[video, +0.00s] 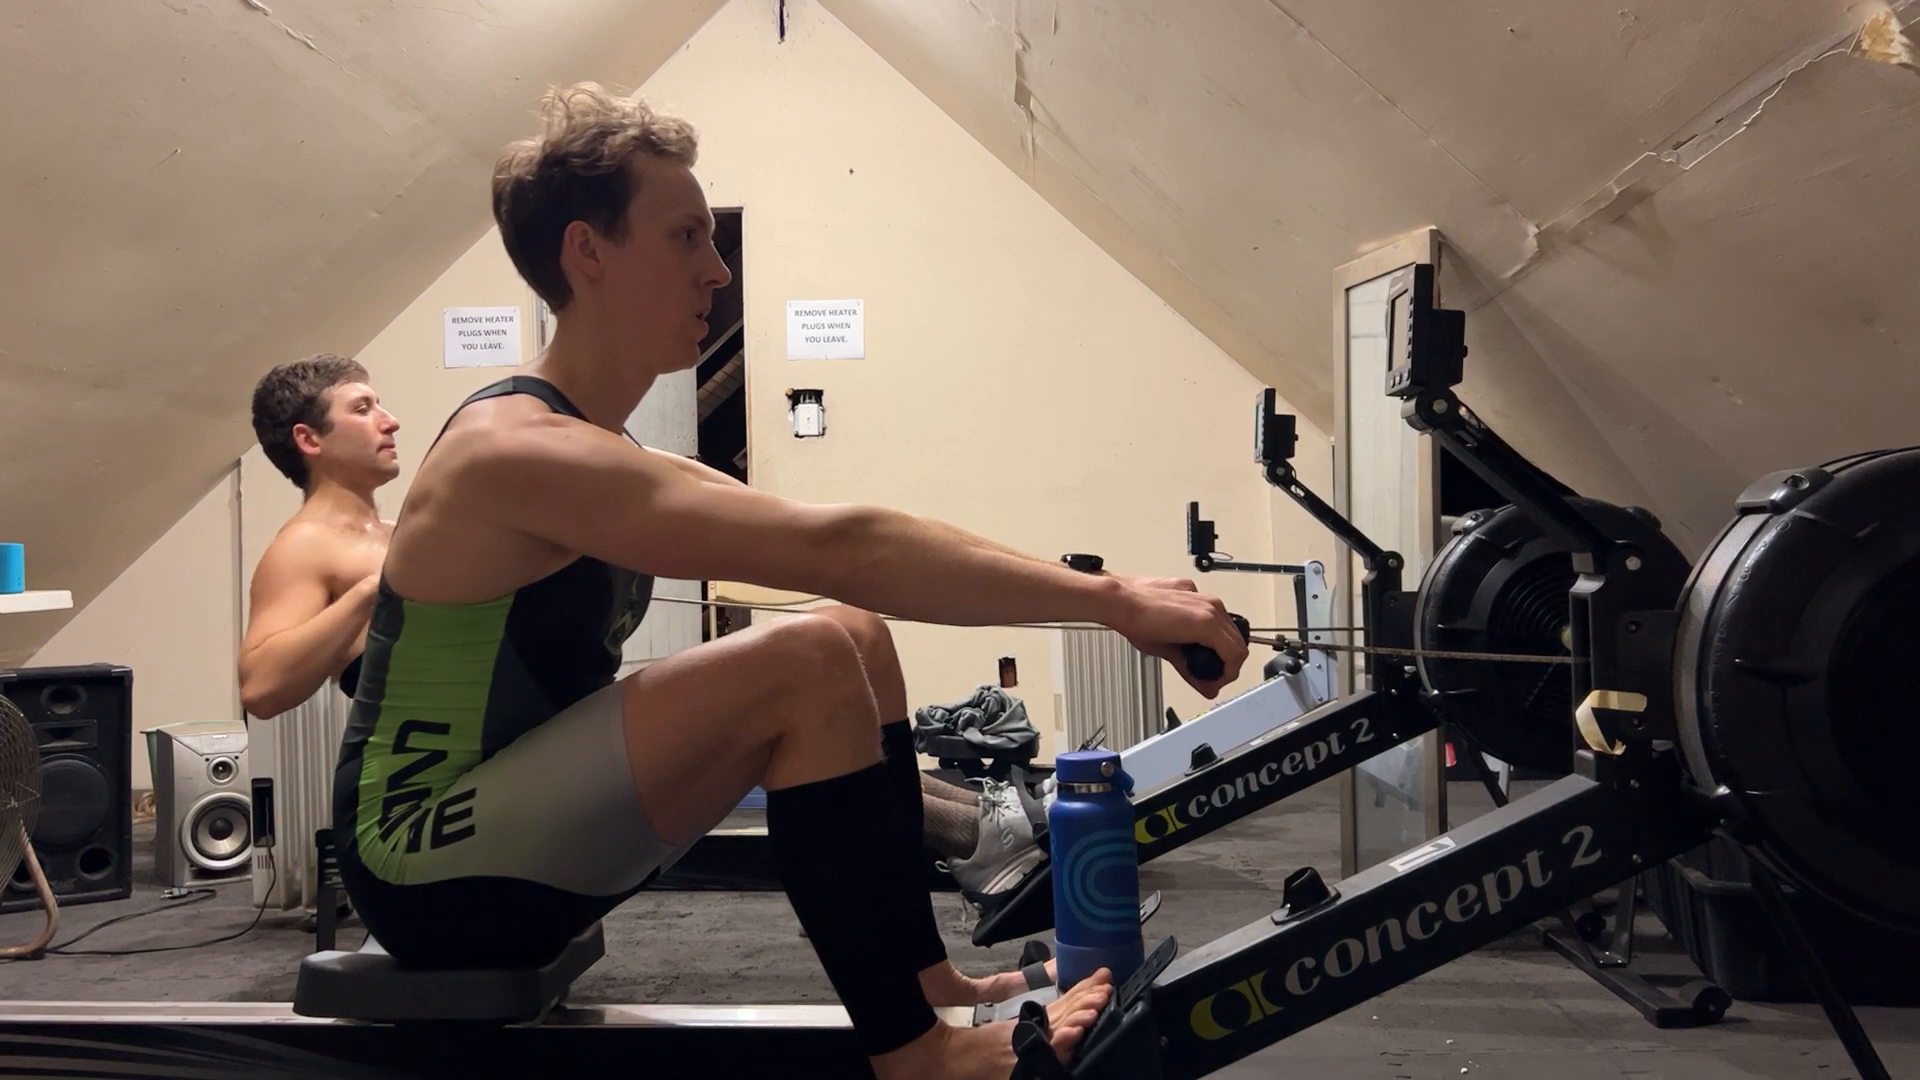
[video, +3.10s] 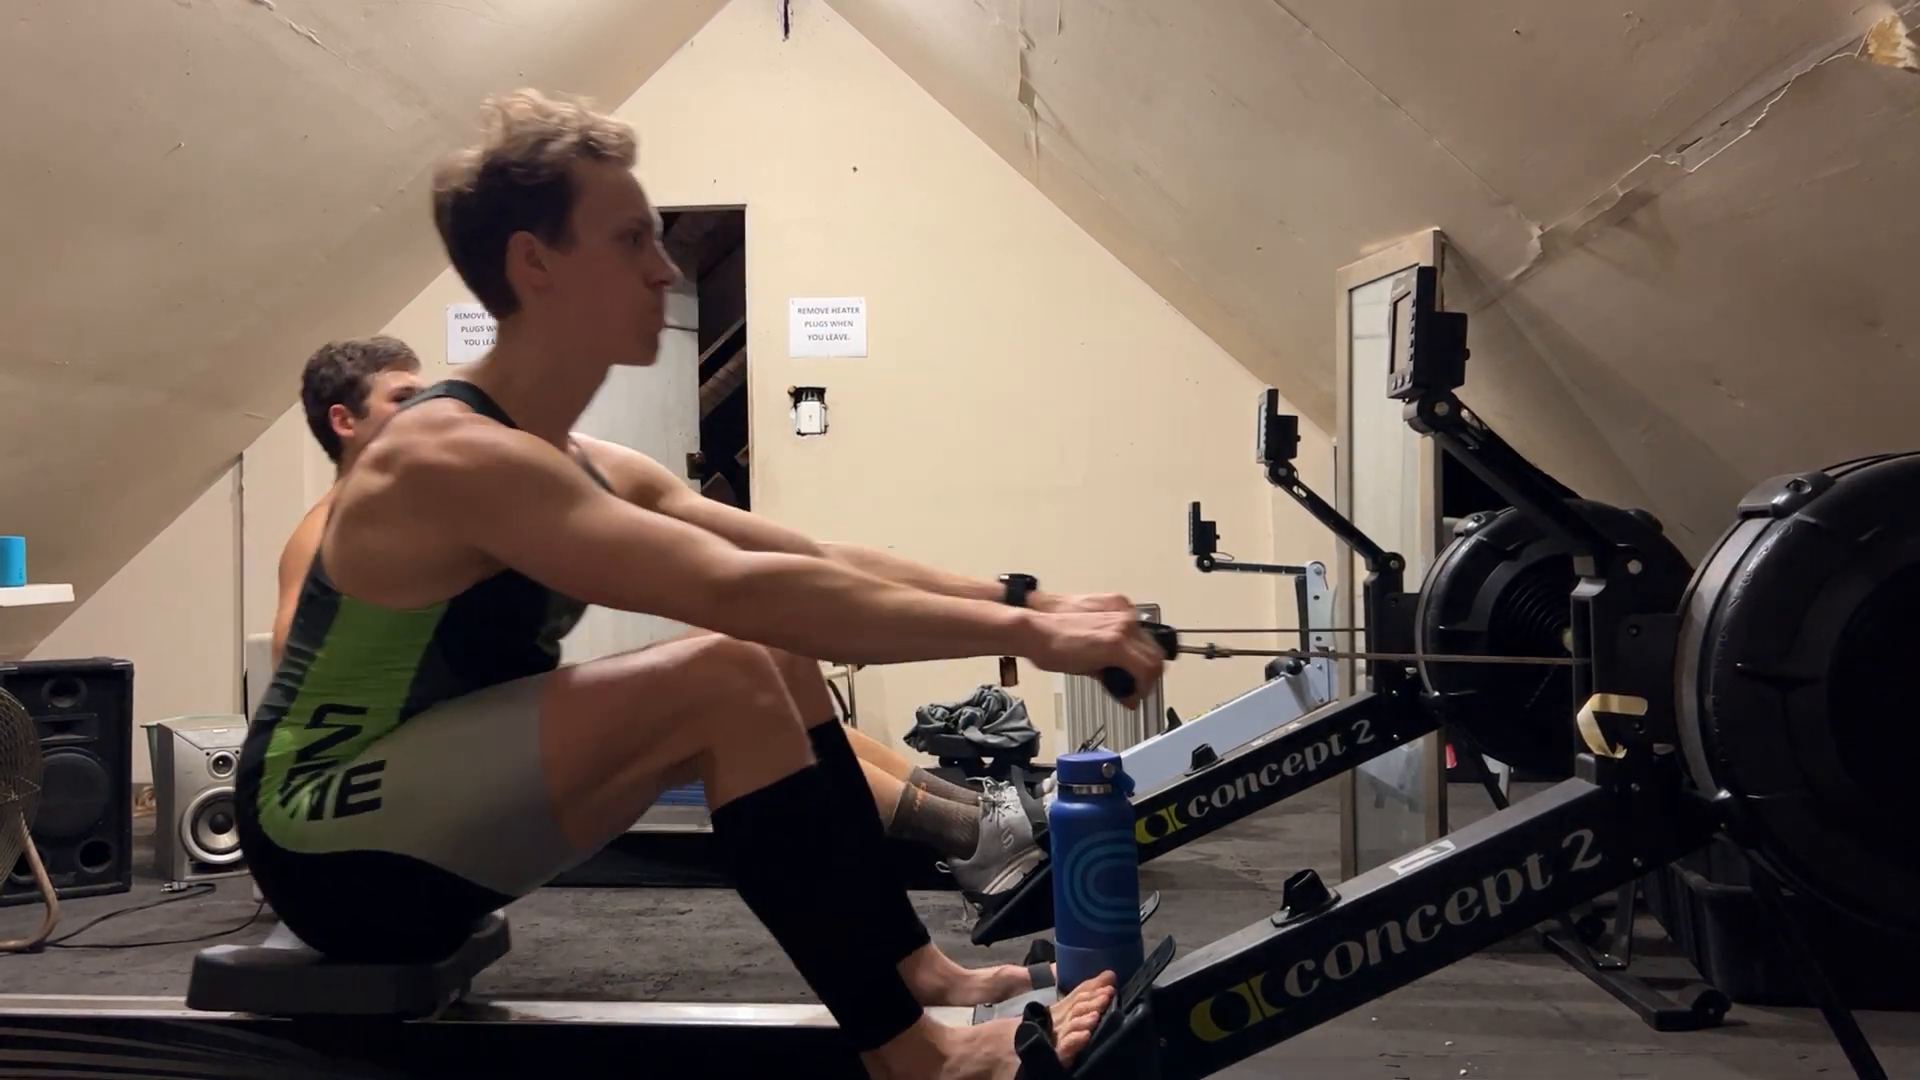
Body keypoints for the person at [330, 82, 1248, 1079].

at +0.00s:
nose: (717, 272)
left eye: (709, 242)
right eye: (688, 242)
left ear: (592, 262)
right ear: (585, 258)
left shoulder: (590, 451)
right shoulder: (516, 449)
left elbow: (834, 558)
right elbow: (830, 549)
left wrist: (1091, 589)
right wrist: (1110, 599)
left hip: (502, 824)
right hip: (435, 859)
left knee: (856, 641)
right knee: (806, 664)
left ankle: (924, 989)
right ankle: (903, 1047)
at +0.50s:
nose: (722, 274)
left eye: (715, 243)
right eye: (693, 242)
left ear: (597, 262)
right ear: (590, 258)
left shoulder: (588, 452)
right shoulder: (519, 452)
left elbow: (833, 566)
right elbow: (830, 554)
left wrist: (1096, 603)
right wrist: (1115, 607)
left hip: (500, 826)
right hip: (433, 857)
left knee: (855, 644)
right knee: (807, 664)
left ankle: (926, 994)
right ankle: (901, 1047)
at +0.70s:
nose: (724, 274)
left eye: (716, 242)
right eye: (695, 242)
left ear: (599, 262)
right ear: (592, 258)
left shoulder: (584, 449)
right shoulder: (517, 449)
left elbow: (581, 604)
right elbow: (834, 552)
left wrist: (730, 608)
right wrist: (1116, 608)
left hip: (501, 820)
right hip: (434, 855)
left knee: (853, 643)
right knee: (804, 663)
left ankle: (925, 991)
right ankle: (902, 1047)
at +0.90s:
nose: (724, 273)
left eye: (717, 241)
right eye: (695, 242)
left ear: (600, 263)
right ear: (592, 259)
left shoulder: (594, 446)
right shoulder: (519, 452)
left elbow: (604, 588)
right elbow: (836, 554)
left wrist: (780, 604)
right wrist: (1116, 609)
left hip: (504, 823)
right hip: (433, 855)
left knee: (850, 645)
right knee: (805, 663)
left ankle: (927, 995)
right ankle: (902, 1048)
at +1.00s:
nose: (724, 273)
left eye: (717, 242)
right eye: (695, 242)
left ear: (599, 263)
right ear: (592, 259)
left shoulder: (594, 449)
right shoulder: (520, 449)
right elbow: (836, 556)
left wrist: (886, 609)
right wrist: (1118, 609)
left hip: (504, 827)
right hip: (433, 854)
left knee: (851, 650)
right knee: (808, 665)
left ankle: (927, 994)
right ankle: (901, 1047)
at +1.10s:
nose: (725, 274)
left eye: (719, 243)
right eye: (697, 241)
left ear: (600, 263)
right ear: (592, 258)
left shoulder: (597, 446)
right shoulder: (524, 449)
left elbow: (837, 561)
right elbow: (832, 555)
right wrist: (1119, 612)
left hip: (501, 824)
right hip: (433, 851)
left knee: (855, 647)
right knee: (805, 664)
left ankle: (925, 993)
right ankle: (901, 1046)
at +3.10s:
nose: (673, 269)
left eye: (660, 238)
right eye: (638, 239)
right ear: (531, 264)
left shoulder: (593, 468)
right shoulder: (457, 458)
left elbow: (805, 561)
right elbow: (736, 596)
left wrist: (1024, 606)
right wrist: (1024, 633)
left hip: (416, 805)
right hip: (332, 829)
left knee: (775, 663)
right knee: (724, 686)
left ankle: (909, 972)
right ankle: (896, 1046)